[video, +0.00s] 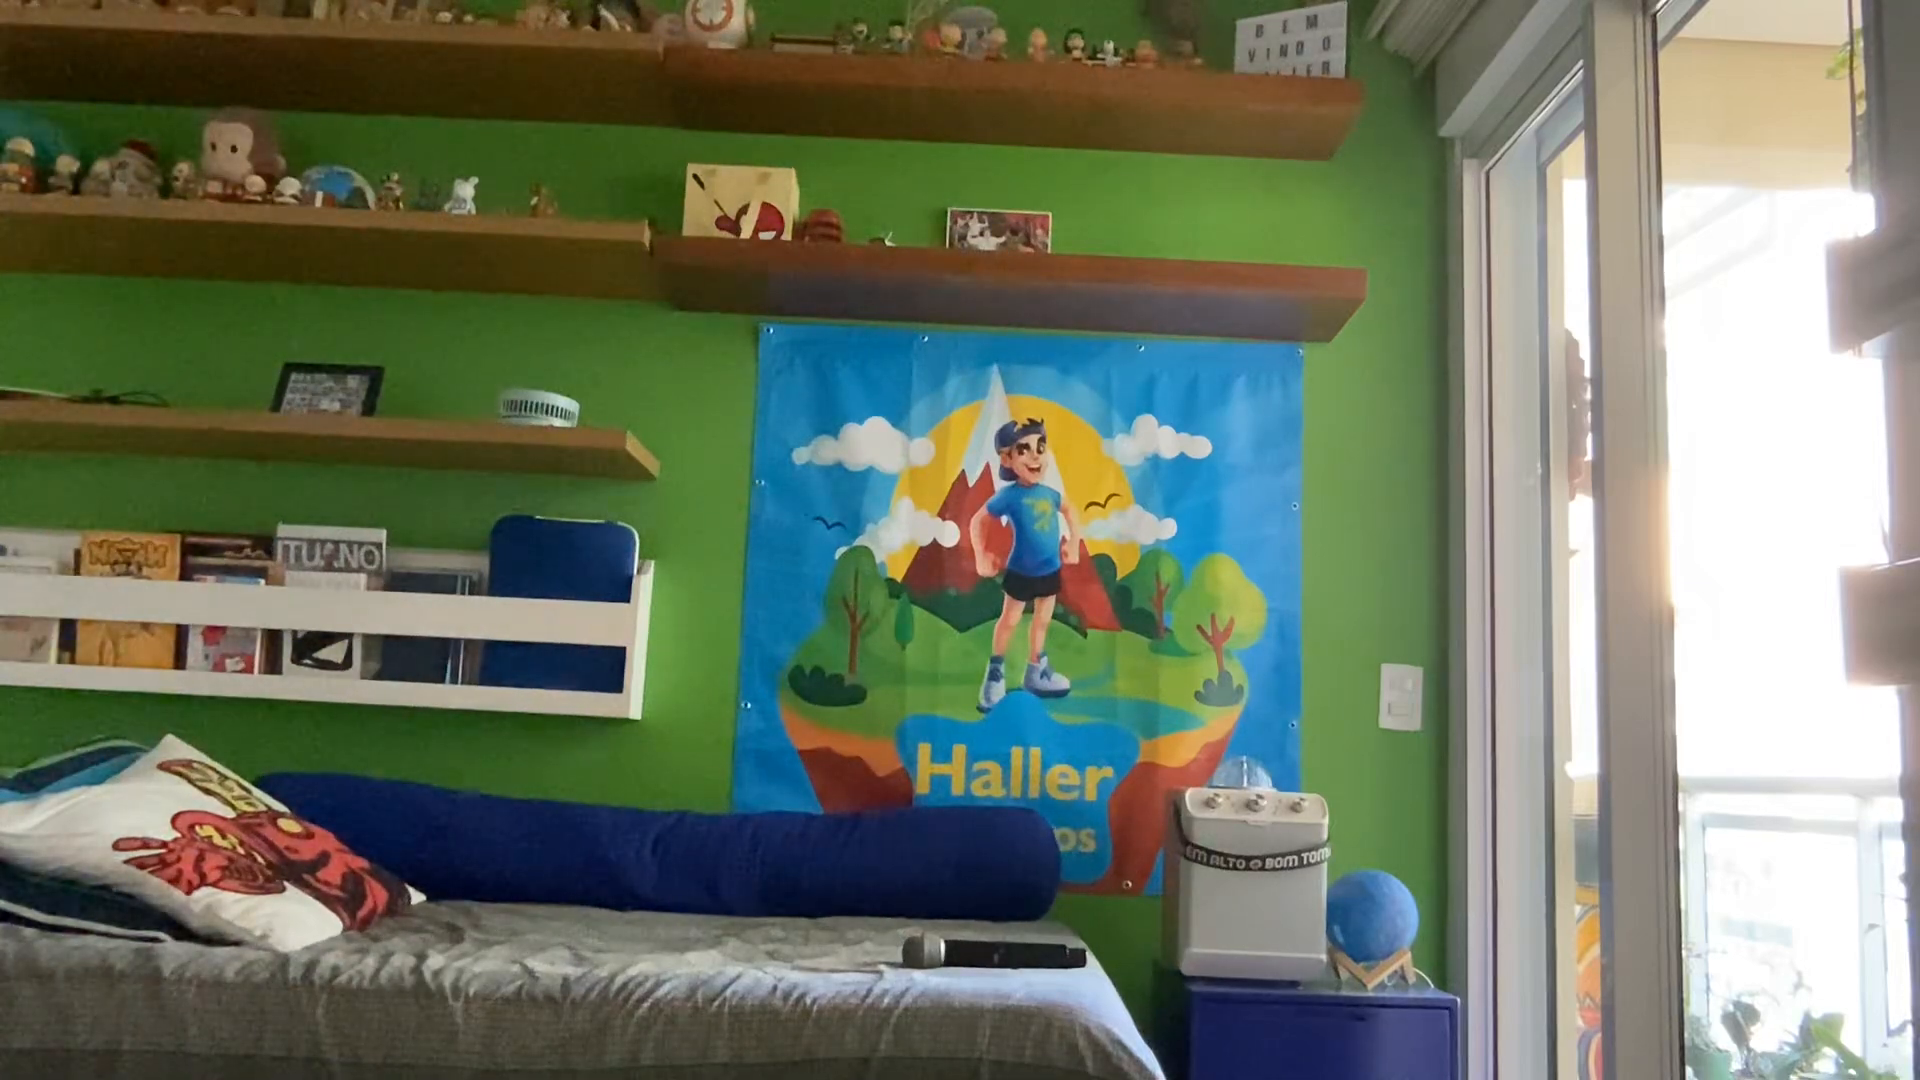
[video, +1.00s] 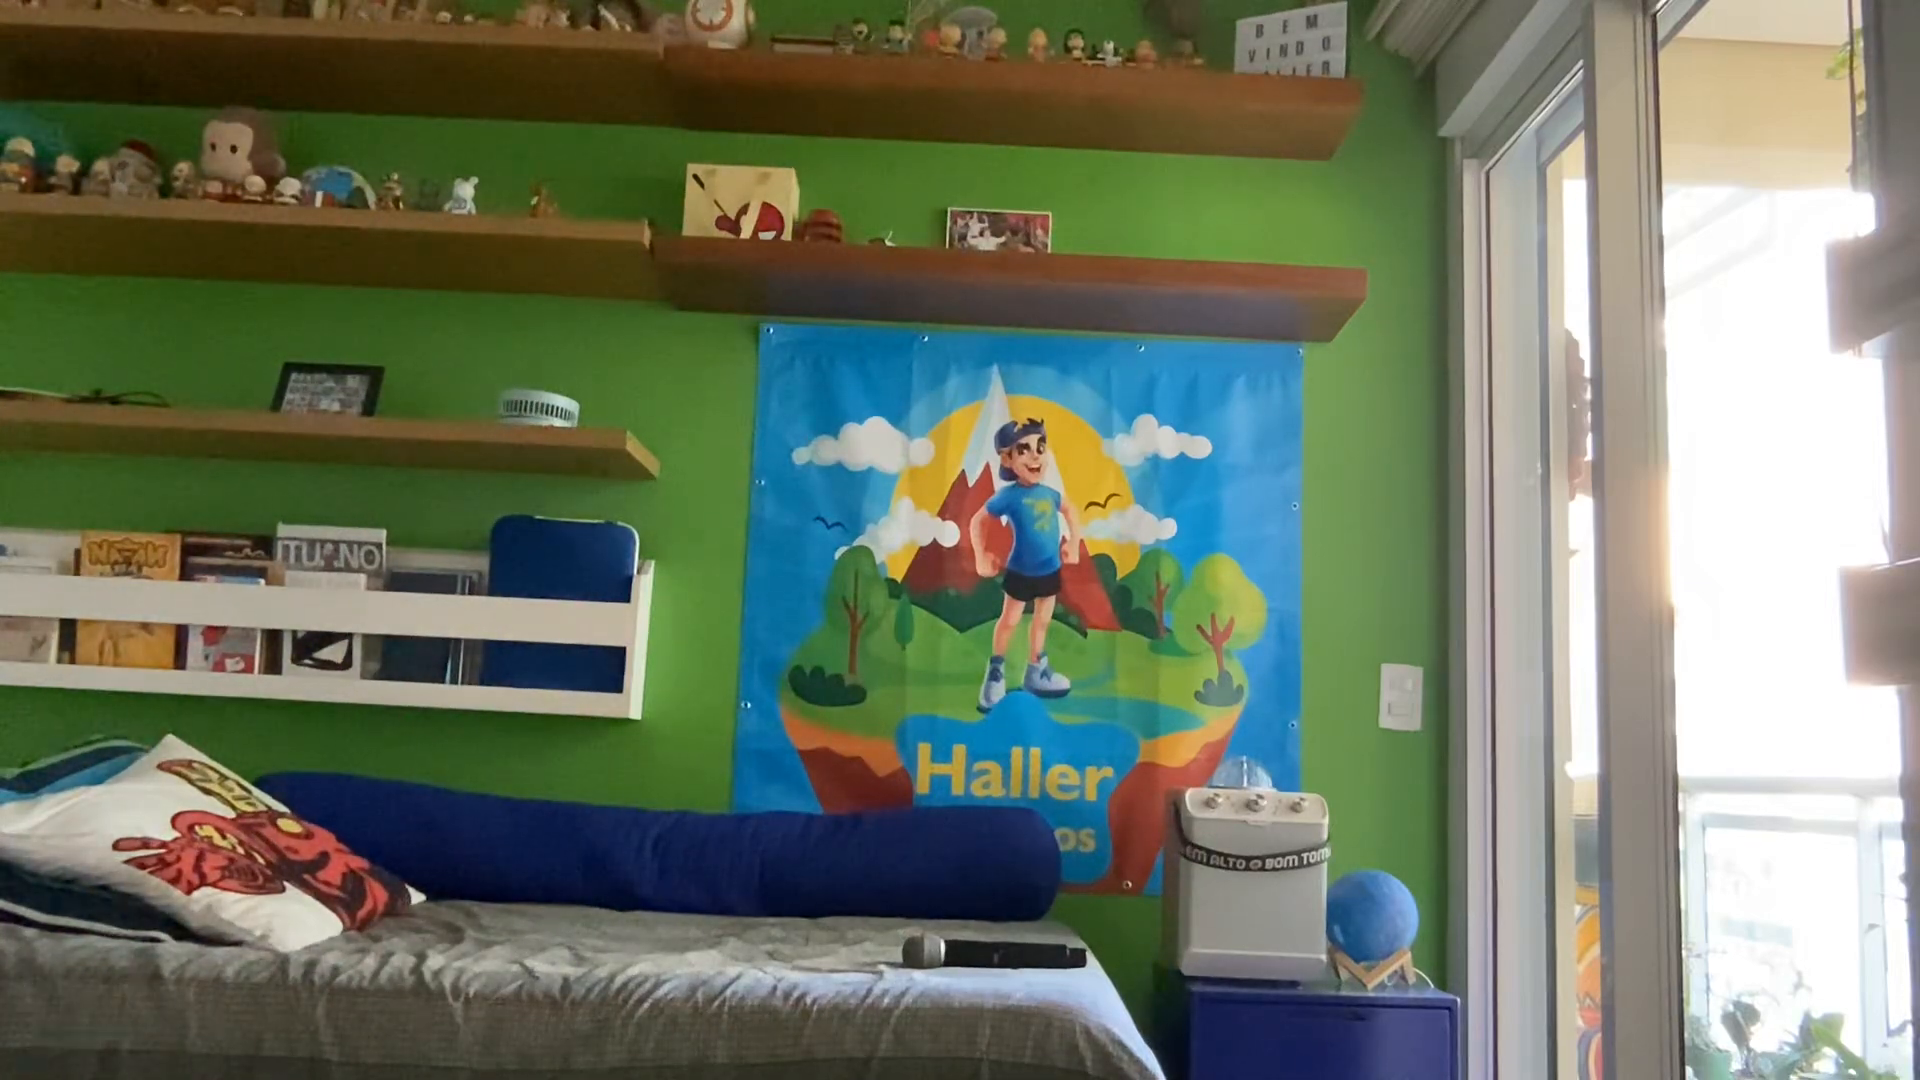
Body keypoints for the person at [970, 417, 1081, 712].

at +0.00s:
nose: (1034, 458)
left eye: (1040, 449)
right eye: (1024, 450)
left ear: (1046, 454)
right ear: (1007, 459)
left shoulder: (1050, 494)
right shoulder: (1007, 496)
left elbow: (1069, 512)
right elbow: (977, 521)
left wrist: (1074, 541)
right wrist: (980, 555)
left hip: (1049, 570)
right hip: (1020, 571)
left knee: (1043, 618)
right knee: (1010, 619)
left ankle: (1036, 670)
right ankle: (995, 671)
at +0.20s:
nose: (1034, 458)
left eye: (1040, 450)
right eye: (1024, 450)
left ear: (1046, 455)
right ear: (1008, 459)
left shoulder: (1050, 494)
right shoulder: (1008, 496)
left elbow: (1070, 513)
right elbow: (977, 521)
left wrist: (1074, 542)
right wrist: (980, 555)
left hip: (1049, 570)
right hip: (1020, 572)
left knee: (1043, 618)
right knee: (1010, 619)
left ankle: (1036, 670)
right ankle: (995, 672)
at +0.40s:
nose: (1034, 458)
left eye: (1040, 450)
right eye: (1024, 450)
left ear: (1046, 455)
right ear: (1008, 459)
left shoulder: (1050, 494)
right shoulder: (1007, 496)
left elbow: (1070, 513)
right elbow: (977, 521)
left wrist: (1074, 542)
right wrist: (980, 555)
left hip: (1049, 570)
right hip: (1020, 571)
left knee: (1043, 618)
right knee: (1010, 619)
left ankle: (1036, 670)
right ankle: (995, 671)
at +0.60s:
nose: (1034, 458)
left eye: (1040, 450)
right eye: (1024, 450)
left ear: (1047, 455)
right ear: (1008, 459)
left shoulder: (1050, 494)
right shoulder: (1007, 496)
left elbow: (1070, 513)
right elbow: (977, 521)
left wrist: (1074, 542)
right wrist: (980, 555)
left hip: (1049, 570)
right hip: (1020, 571)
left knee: (1043, 618)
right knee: (1010, 619)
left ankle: (1036, 670)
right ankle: (995, 672)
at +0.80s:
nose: (1034, 457)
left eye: (1040, 449)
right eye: (1024, 450)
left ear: (1046, 455)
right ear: (1007, 459)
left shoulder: (1050, 494)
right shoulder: (1007, 496)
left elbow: (1070, 513)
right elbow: (977, 521)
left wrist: (1074, 542)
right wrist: (980, 554)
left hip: (1049, 570)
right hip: (1020, 572)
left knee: (1043, 618)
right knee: (1010, 619)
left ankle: (1036, 670)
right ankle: (996, 671)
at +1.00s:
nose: (1034, 458)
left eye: (1040, 449)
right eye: (1024, 450)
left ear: (1046, 455)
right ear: (1008, 459)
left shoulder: (1050, 494)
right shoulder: (1007, 496)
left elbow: (1071, 513)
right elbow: (977, 521)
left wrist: (1074, 543)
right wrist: (980, 555)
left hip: (1049, 570)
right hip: (1020, 572)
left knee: (1043, 618)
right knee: (1010, 619)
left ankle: (1036, 670)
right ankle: (996, 671)